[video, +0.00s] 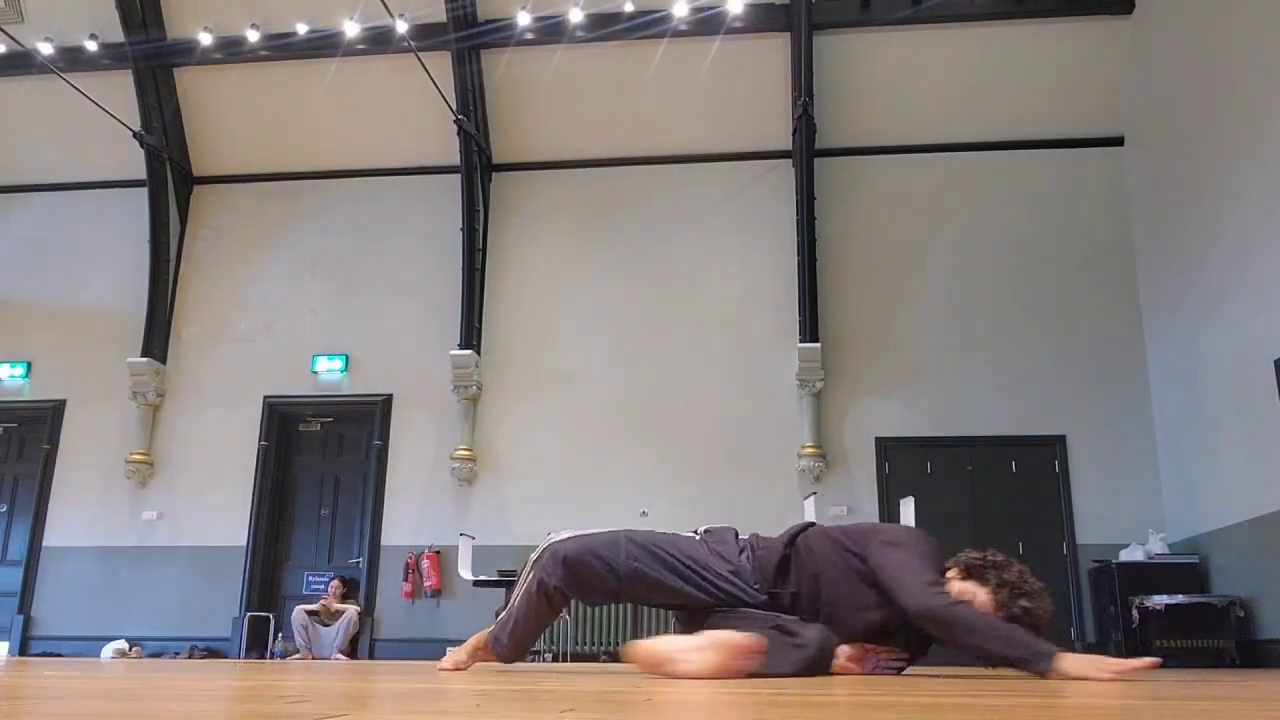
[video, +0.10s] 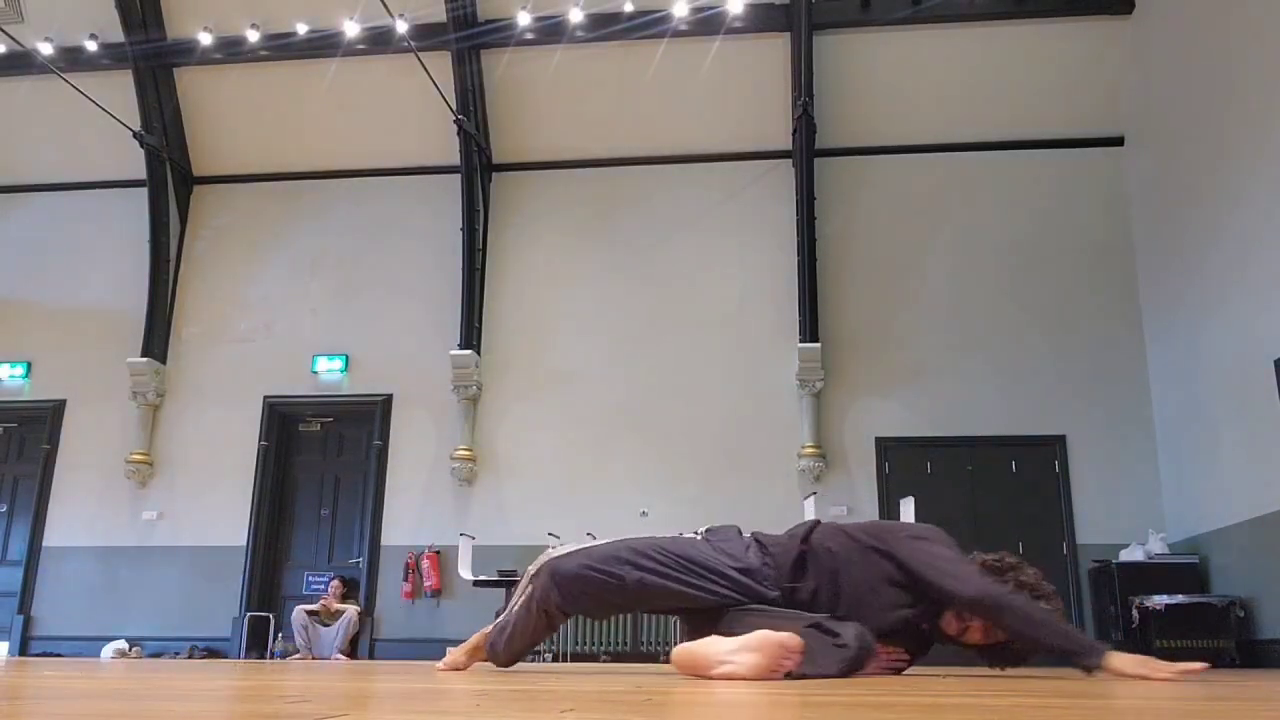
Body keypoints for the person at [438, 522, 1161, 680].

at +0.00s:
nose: (963, 623)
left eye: (978, 630)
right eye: (970, 611)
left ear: (981, 628)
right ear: (962, 578)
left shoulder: (941, 635)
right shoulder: (908, 551)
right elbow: (935, 612)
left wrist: (889, 659)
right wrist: (1057, 661)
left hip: (789, 627)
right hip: (746, 567)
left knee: (801, 645)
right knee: (568, 556)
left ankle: (642, 652)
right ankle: (502, 642)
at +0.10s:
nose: (971, 637)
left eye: (986, 640)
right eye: (981, 623)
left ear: (993, 631)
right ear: (984, 593)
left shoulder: (945, 629)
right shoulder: (928, 550)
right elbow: (1001, 606)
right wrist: (1107, 657)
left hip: (797, 618)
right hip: (758, 565)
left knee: (858, 644)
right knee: (563, 571)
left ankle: (727, 656)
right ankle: (501, 645)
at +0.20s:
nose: (991, 631)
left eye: (1007, 640)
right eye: (1001, 618)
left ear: (1004, 642)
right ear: (998, 588)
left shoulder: (935, 630)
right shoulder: (942, 548)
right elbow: (1038, 589)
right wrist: (1144, 656)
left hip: (818, 622)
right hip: (772, 563)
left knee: (875, 642)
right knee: (583, 577)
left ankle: (725, 656)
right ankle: (500, 640)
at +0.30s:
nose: (1004, 626)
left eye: (1019, 638)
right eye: (1013, 611)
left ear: (1013, 645)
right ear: (1001, 585)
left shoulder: (943, 633)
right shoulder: (952, 552)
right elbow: (1061, 584)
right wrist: (1161, 655)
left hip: (821, 620)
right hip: (784, 562)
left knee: (895, 641)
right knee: (684, 566)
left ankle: (726, 658)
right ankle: (516, 627)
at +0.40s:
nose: (1007, 629)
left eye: (1023, 641)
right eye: (1016, 613)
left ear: (1020, 650)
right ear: (1006, 589)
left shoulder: (959, 645)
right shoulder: (964, 559)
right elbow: (1074, 585)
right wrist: (1172, 659)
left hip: (827, 619)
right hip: (792, 556)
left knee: (906, 644)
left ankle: (734, 661)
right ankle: (537, 627)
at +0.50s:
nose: (1003, 629)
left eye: (1012, 644)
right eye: (1013, 620)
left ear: (1006, 649)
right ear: (1013, 597)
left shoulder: (941, 628)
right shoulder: (984, 565)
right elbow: (1084, 589)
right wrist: (1173, 654)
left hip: (834, 608)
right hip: (841, 544)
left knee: (920, 659)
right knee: (814, 579)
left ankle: (739, 655)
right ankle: (614, 624)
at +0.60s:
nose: (1005, 629)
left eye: (1013, 646)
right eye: (1019, 620)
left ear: (1008, 661)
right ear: (1017, 599)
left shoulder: (935, 633)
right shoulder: (983, 563)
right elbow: (1085, 585)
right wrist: (1177, 648)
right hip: (786, 540)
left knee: (930, 653)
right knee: (925, 549)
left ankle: (748, 654)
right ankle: (756, 618)